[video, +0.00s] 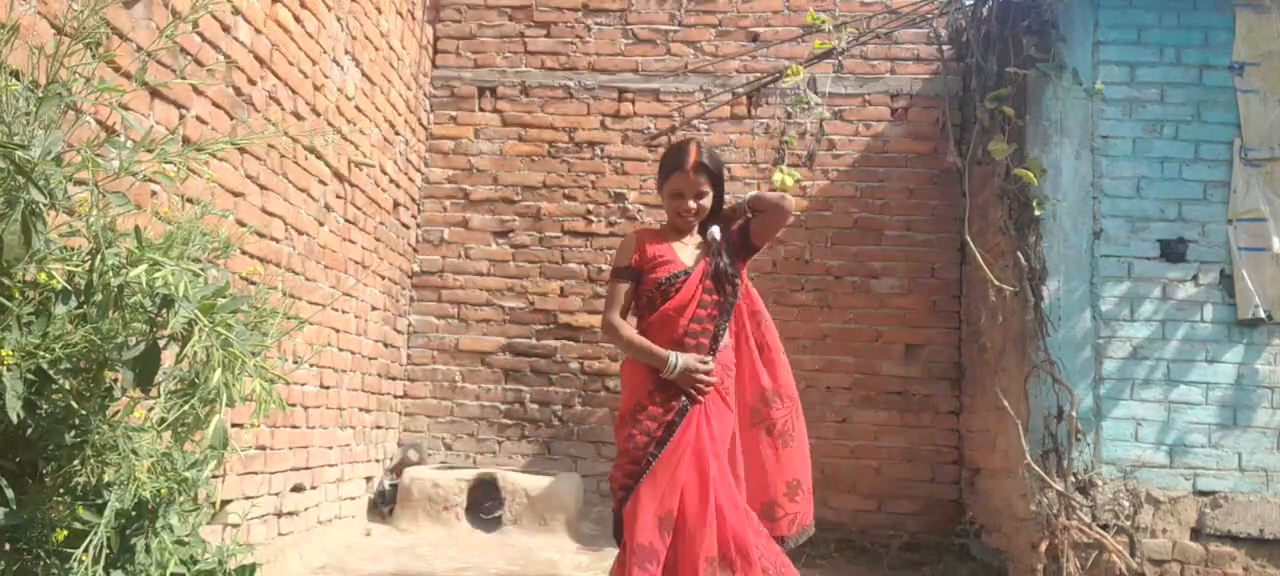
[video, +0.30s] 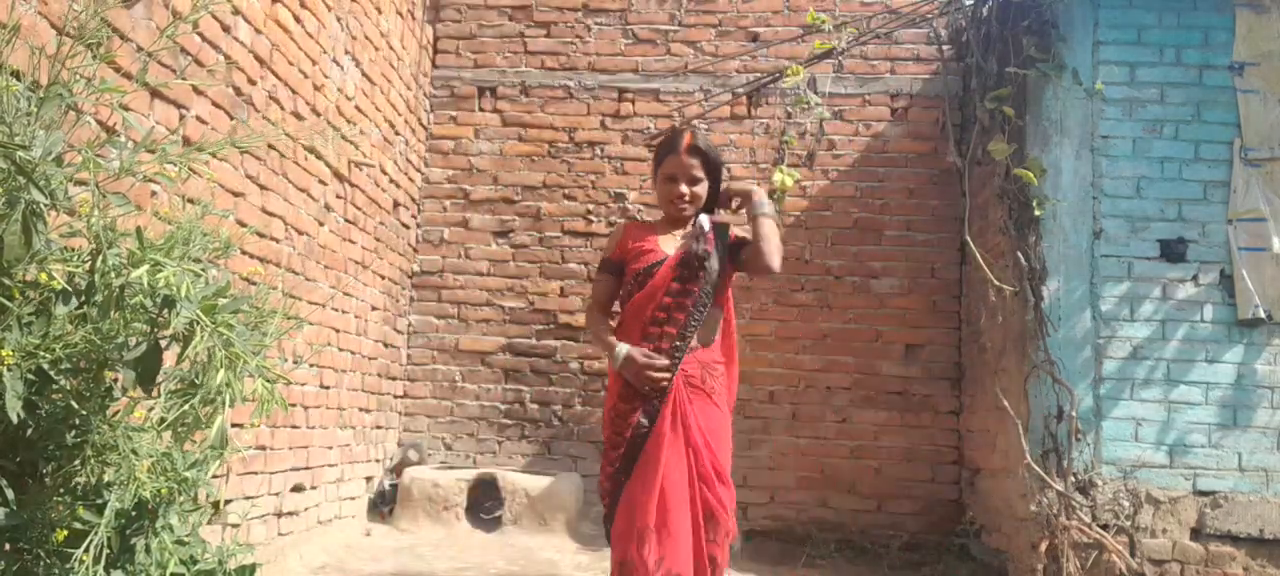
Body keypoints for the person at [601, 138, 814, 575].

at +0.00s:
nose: (689, 206)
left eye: (699, 196)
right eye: (678, 194)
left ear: (715, 196)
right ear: (660, 189)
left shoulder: (726, 243)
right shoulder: (641, 243)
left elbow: (783, 209)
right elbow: (614, 322)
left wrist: (745, 204)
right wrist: (671, 362)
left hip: (712, 396)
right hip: (652, 394)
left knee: (711, 508)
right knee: (649, 509)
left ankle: (704, 572)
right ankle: (648, 572)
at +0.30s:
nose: (682, 191)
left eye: (693, 180)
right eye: (671, 179)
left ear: (711, 184)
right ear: (654, 180)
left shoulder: (721, 238)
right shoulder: (631, 236)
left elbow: (769, 263)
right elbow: (596, 316)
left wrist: (756, 195)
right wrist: (621, 352)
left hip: (699, 393)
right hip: (636, 394)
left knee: (699, 510)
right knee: (635, 510)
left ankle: (699, 570)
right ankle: (637, 571)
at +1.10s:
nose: (685, 149)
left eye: (700, 141)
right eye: (673, 135)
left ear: (718, 154)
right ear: (651, 142)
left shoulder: (730, 218)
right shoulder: (623, 217)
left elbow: (804, 231)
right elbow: (554, 218)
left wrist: (770, 149)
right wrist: (604, 145)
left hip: (723, 380)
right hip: (641, 384)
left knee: (726, 526)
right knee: (639, 523)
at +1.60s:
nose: (681, 103)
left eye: (697, 94)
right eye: (668, 88)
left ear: (715, 107)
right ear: (646, 96)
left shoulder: (730, 167)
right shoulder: (621, 175)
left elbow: (789, 230)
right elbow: (573, 165)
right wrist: (631, 95)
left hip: (711, 368)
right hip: (625, 367)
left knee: (710, 522)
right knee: (613, 521)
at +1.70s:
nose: (680, 83)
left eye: (697, 77)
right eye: (669, 68)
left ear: (715, 95)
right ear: (646, 76)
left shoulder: (725, 147)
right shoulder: (622, 161)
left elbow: (758, 242)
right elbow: (551, 169)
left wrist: (695, 344)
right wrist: (619, 94)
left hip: (701, 370)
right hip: (617, 367)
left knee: (681, 524)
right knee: (604, 519)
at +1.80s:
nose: (674, 90)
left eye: (692, 83)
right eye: (664, 75)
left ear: (714, 105)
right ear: (645, 84)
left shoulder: (712, 160)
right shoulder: (626, 170)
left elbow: (724, 259)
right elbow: (546, 189)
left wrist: (663, 357)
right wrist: (603, 119)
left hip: (690, 385)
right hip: (614, 382)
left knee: (684, 539)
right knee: (593, 529)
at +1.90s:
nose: (669, 104)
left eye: (689, 97)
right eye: (661, 89)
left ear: (711, 115)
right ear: (646, 96)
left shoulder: (701, 170)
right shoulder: (637, 179)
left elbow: (701, 273)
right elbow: (552, 230)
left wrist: (643, 367)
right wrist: (597, 161)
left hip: (675, 392)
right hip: (627, 387)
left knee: (652, 543)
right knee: (611, 539)